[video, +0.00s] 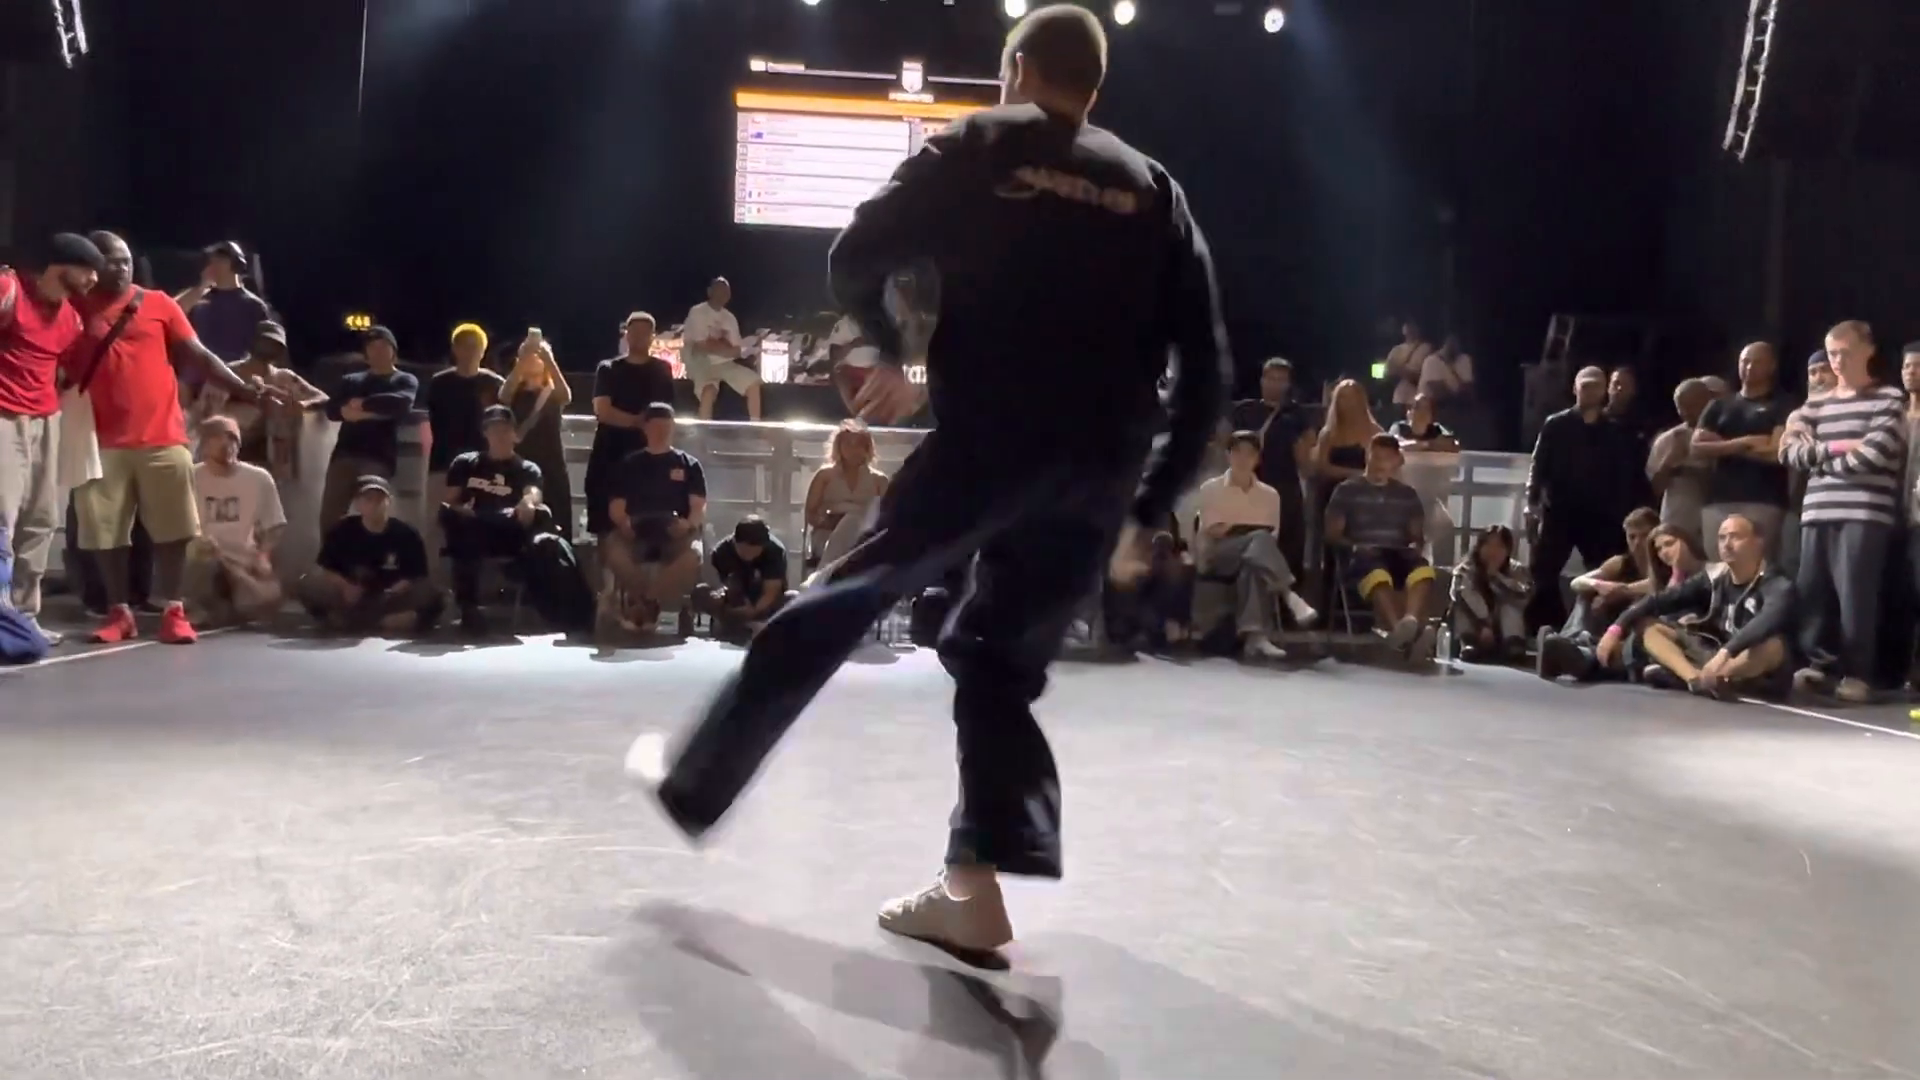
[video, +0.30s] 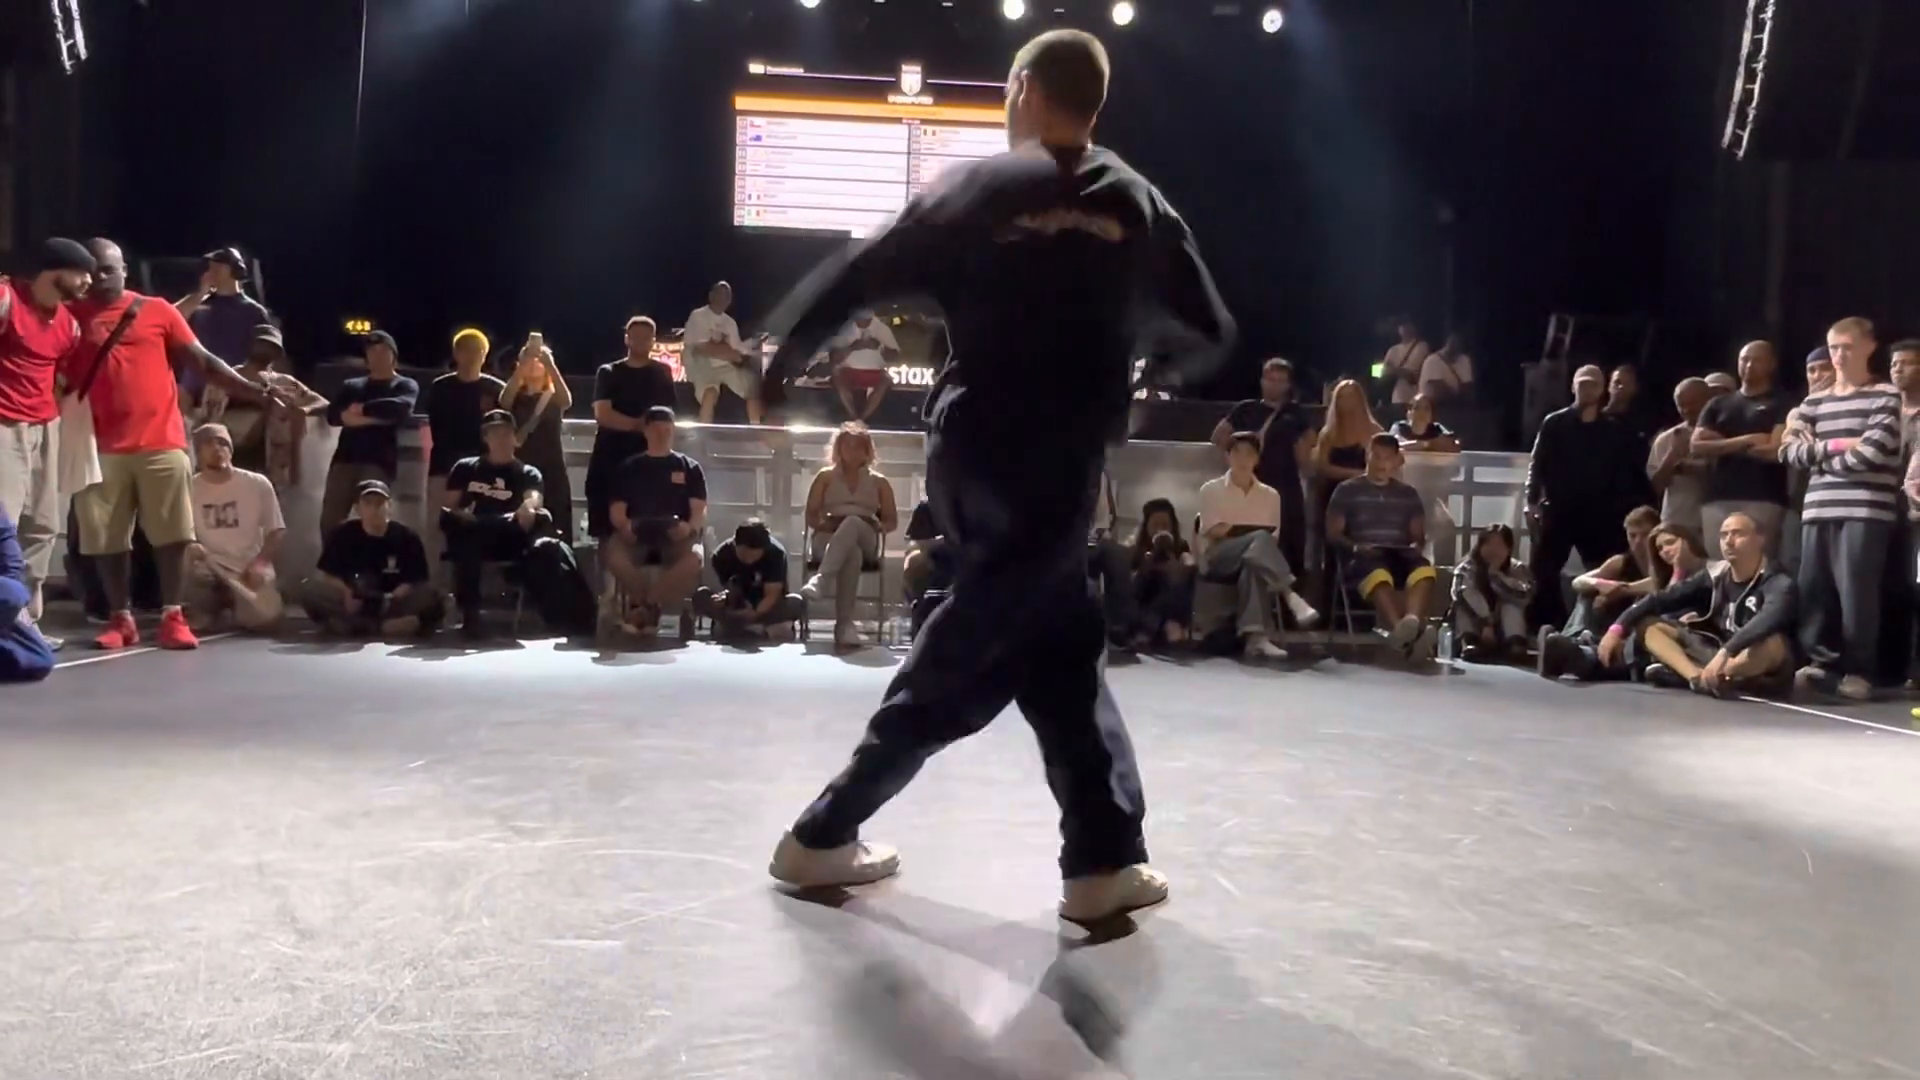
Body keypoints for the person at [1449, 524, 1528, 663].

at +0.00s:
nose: (1492, 551)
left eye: (1499, 547)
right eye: (1488, 545)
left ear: (1507, 552)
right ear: (1479, 547)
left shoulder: (1517, 570)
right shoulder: (1465, 570)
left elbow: (1524, 595)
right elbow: (1462, 594)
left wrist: (1495, 576)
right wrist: (1482, 624)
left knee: (1509, 605)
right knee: (1463, 604)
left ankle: (1514, 643)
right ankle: (1467, 644)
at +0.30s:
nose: (1493, 550)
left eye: (1499, 546)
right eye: (1488, 544)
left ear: (1508, 550)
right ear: (1480, 547)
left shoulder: (1518, 569)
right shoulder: (1466, 568)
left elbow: (1525, 595)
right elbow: (1463, 593)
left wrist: (1495, 575)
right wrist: (1485, 622)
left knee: (1511, 603)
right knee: (1464, 603)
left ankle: (1516, 642)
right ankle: (1468, 642)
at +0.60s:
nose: (1496, 551)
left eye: (1502, 546)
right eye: (1491, 545)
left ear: (1511, 550)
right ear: (1483, 546)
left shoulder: (1520, 569)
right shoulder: (1469, 568)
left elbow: (1527, 594)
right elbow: (1466, 593)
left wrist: (1498, 575)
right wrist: (1488, 622)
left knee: (1513, 602)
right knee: (1466, 603)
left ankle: (1519, 642)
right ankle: (1470, 642)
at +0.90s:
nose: (1498, 548)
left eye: (1504, 543)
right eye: (1493, 542)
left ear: (1514, 548)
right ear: (1485, 545)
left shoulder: (1523, 567)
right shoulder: (1472, 567)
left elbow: (1530, 592)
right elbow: (1468, 591)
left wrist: (1501, 573)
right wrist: (1491, 620)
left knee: (1516, 601)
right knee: (1470, 600)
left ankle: (1521, 640)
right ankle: (1474, 639)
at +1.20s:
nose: (1502, 550)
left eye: (1509, 545)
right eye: (1497, 544)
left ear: (1519, 550)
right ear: (1490, 546)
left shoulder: (1528, 568)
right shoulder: (1477, 568)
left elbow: (1535, 594)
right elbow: (1473, 593)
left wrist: (1506, 574)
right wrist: (1495, 622)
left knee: (1521, 603)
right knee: (1474, 604)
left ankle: (1527, 643)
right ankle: (1479, 642)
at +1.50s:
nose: (1505, 550)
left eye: (1511, 545)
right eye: (1500, 544)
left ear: (1522, 550)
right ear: (1493, 546)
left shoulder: (1532, 569)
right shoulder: (1480, 567)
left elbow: (1538, 595)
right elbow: (1477, 592)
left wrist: (1509, 575)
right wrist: (1499, 621)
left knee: (1524, 604)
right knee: (1477, 603)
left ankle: (1529, 643)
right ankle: (1481, 642)